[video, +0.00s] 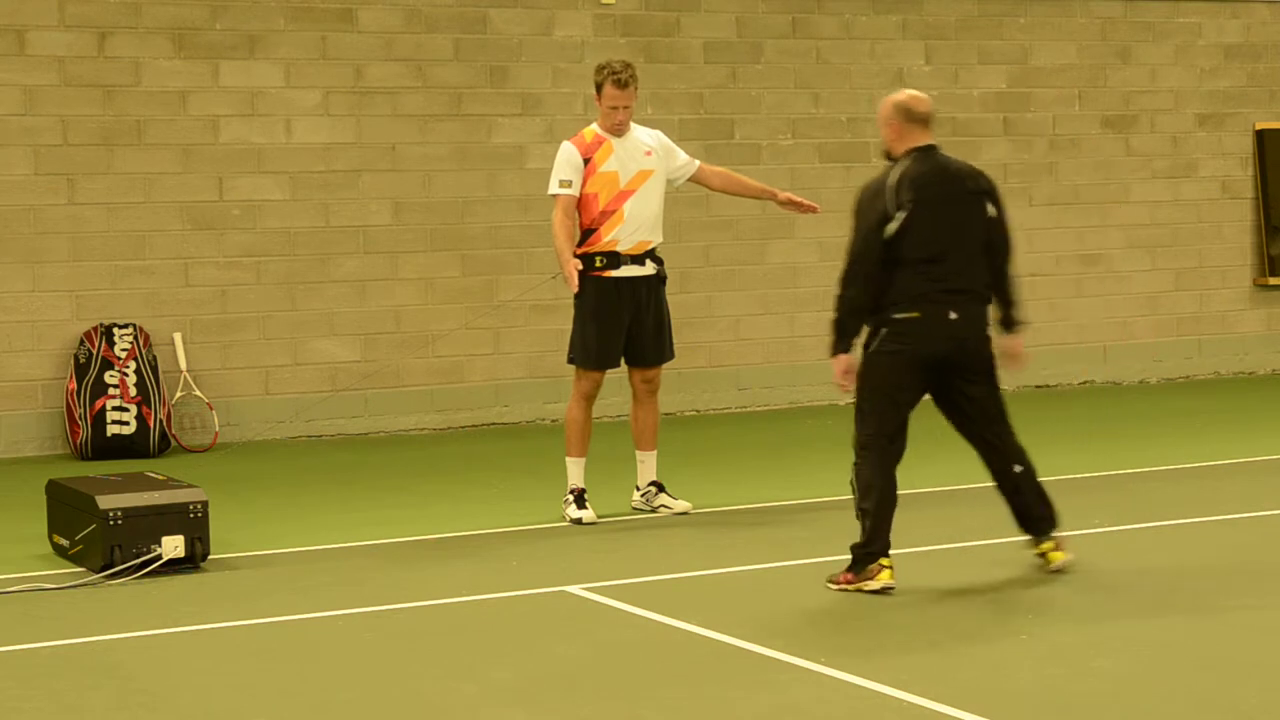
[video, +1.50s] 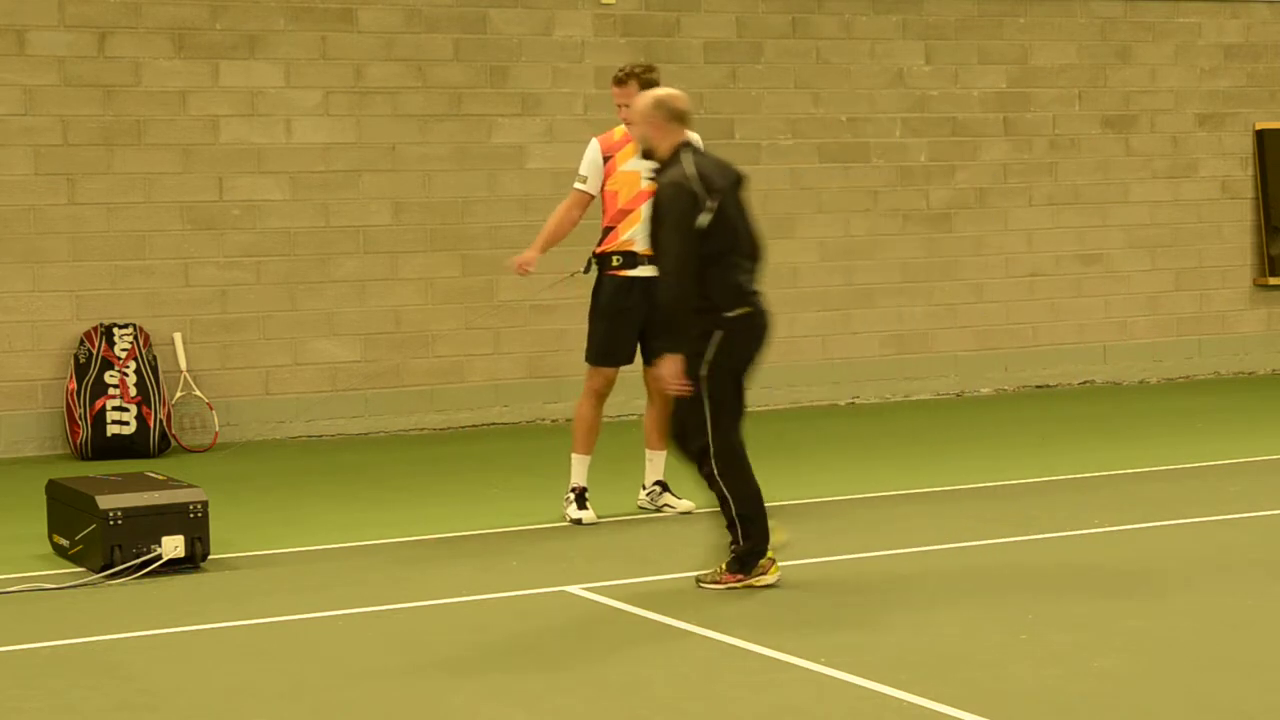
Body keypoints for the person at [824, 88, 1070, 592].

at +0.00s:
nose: (882, 136)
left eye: (883, 127)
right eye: (883, 126)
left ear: (894, 128)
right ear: (928, 125)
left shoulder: (883, 190)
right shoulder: (977, 182)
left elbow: (862, 271)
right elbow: (998, 256)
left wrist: (843, 344)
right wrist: (1009, 321)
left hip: (900, 337)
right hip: (966, 335)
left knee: (875, 447)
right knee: (996, 437)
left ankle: (871, 561)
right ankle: (1046, 537)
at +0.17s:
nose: (845, 135)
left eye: (845, 127)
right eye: (845, 126)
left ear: (854, 125)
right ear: (891, 118)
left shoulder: (854, 185)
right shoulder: (944, 167)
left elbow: (835, 266)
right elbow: (970, 244)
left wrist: (807, 342)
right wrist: (942, 285)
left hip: (888, 326)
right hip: (951, 317)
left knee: (870, 442)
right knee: (963, 430)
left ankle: (871, 560)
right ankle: (1004, 542)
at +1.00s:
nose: (815, 136)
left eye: (816, 127)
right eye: (816, 126)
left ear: (829, 126)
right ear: (861, 124)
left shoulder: (831, 183)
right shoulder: (909, 176)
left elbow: (823, 265)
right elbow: (935, 257)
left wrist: (796, 336)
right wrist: (940, 324)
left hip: (860, 330)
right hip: (917, 324)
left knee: (807, 432)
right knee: (931, 437)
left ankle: (799, 556)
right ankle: (967, 549)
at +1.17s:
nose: (764, 149)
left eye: (765, 139)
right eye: (764, 139)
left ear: (777, 139)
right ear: (807, 134)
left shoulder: (788, 199)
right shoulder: (851, 185)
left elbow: (790, 282)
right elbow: (878, 264)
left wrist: (771, 357)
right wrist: (870, 318)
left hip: (819, 345)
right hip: (870, 338)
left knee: (762, 440)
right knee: (901, 436)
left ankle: (755, 559)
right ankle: (960, 540)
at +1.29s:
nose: (712, 148)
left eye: (714, 139)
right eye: (712, 138)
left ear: (732, 138)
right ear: (755, 134)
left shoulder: (740, 200)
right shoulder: (798, 184)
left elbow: (748, 286)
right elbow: (828, 262)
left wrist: (753, 362)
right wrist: (809, 315)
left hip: (772, 340)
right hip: (819, 332)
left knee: (729, 448)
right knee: (831, 432)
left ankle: (753, 560)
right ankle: (913, 513)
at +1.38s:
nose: (681, 140)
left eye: (684, 131)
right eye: (681, 131)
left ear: (702, 133)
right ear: (724, 130)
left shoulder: (711, 194)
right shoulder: (767, 178)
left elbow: (719, 280)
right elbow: (794, 256)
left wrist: (725, 353)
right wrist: (778, 307)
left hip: (748, 335)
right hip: (788, 327)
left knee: (718, 446)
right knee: (770, 431)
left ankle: (752, 561)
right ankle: (858, 506)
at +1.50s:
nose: (633, 135)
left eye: (638, 125)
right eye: (634, 125)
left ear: (663, 127)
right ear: (673, 124)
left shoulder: (677, 186)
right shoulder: (713, 169)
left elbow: (677, 274)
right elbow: (747, 248)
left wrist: (672, 350)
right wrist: (721, 295)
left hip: (721, 324)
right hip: (734, 317)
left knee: (716, 436)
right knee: (689, 430)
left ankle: (751, 558)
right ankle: (749, 532)